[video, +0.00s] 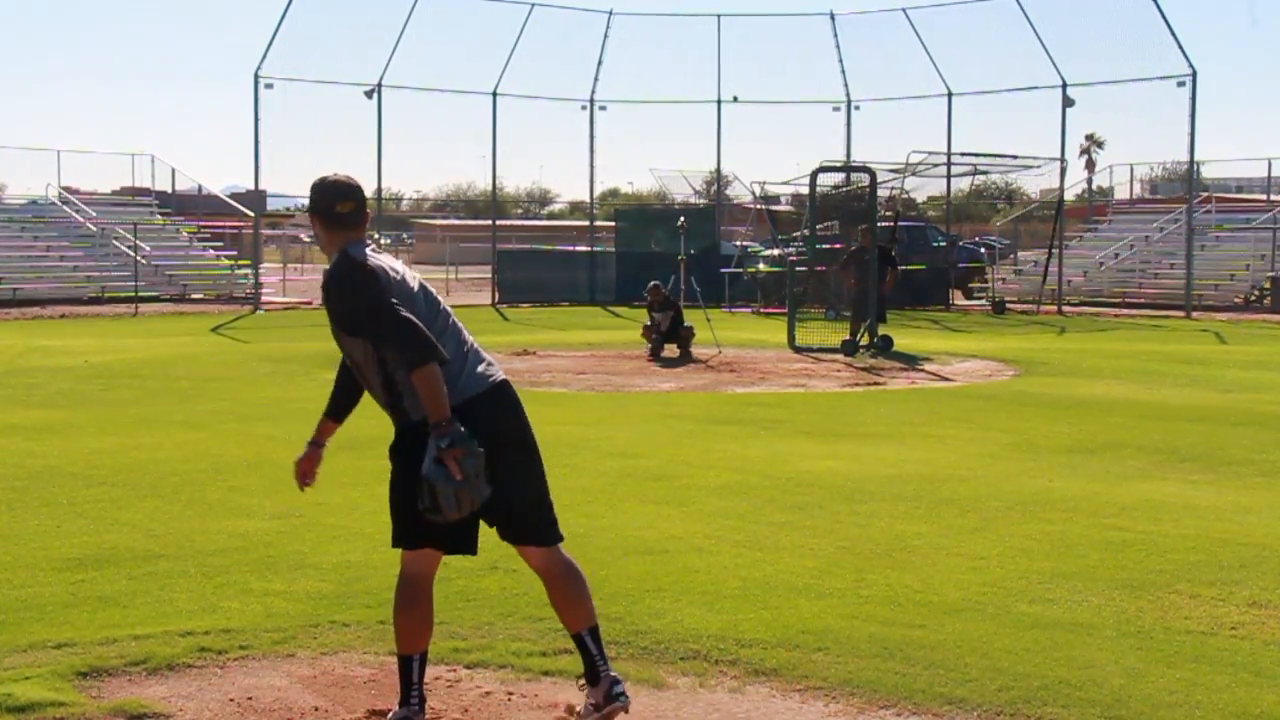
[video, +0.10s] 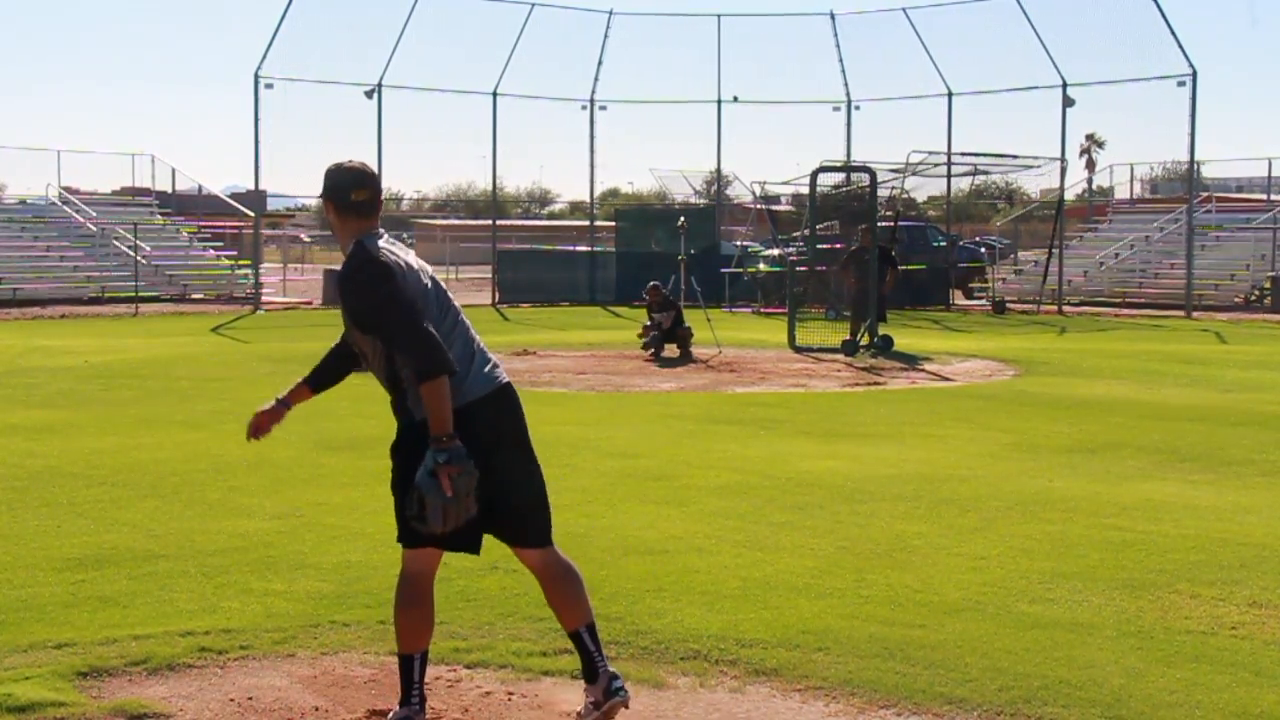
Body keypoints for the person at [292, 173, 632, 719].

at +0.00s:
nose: (309, 224)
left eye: (309, 216)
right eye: (314, 216)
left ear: (313, 223)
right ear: (363, 216)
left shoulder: (347, 276)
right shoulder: (374, 265)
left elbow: (417, 347)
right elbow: (355, 370)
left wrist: (445, 432)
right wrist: (317, 444)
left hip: (431, 428)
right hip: (493, 410)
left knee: (418, 567)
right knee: (542, 548)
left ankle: (411, 703)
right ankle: (603, 678)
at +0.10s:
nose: (323, 211)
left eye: (323, 204)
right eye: (331, 203)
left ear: (328, 209)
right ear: (377, 203)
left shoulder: (364, 266)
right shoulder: (392, 253)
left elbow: (426, 357)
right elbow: (355, 348)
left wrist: (444, 446)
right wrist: (284, 403)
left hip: (434, 425)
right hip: (493, 410)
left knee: (419, 566)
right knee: (538, 550)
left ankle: (411, 702)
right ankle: (600, 675)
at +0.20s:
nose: (332, 202)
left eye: (333, 193)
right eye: (339, 192)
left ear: (337, 199)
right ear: (387, 196)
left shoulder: (367, 260)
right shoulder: (402, 244)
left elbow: (417, 362)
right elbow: (360, 337)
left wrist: (422, 450)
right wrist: (276, 359)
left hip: (435, 422)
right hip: (490, 409)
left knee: (417, 564)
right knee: (535, 546)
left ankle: (412, 703)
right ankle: (597, 672)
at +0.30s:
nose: (344, 197)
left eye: (340, 188)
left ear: (341, 193)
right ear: (394, 191)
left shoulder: (353, 265)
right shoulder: (411, 241)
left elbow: (395, 370)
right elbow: (370, 335)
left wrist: (389, 455)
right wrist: (291, 339)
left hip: (428, 429)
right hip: (487, 411)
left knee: (411, 565)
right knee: (526, 546)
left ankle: (411, 702)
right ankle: (589, 664)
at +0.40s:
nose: (349, 190)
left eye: (345, 181)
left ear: (345, 186)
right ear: (398, 186)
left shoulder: (343, 260)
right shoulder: (421, 239)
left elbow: (366, 361)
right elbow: (401, 333)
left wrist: (355, 452)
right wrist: (316, 350)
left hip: (406, 432)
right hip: (475, 417)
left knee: (403, 564)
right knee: (502, 541)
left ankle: (409, 702)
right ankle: (566, 655)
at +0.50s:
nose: (356, 184)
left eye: (352, 174)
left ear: (349, 181)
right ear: (403, 181)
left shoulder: (339, 256)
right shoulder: (435, 240)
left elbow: (347, 358)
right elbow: (426, 334)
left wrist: (334, 456)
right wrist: (339, 393)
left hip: (396, 439)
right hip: (468, 428)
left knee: (398, 565)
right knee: (480, 541)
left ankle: (408, 701)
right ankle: (518, 648)